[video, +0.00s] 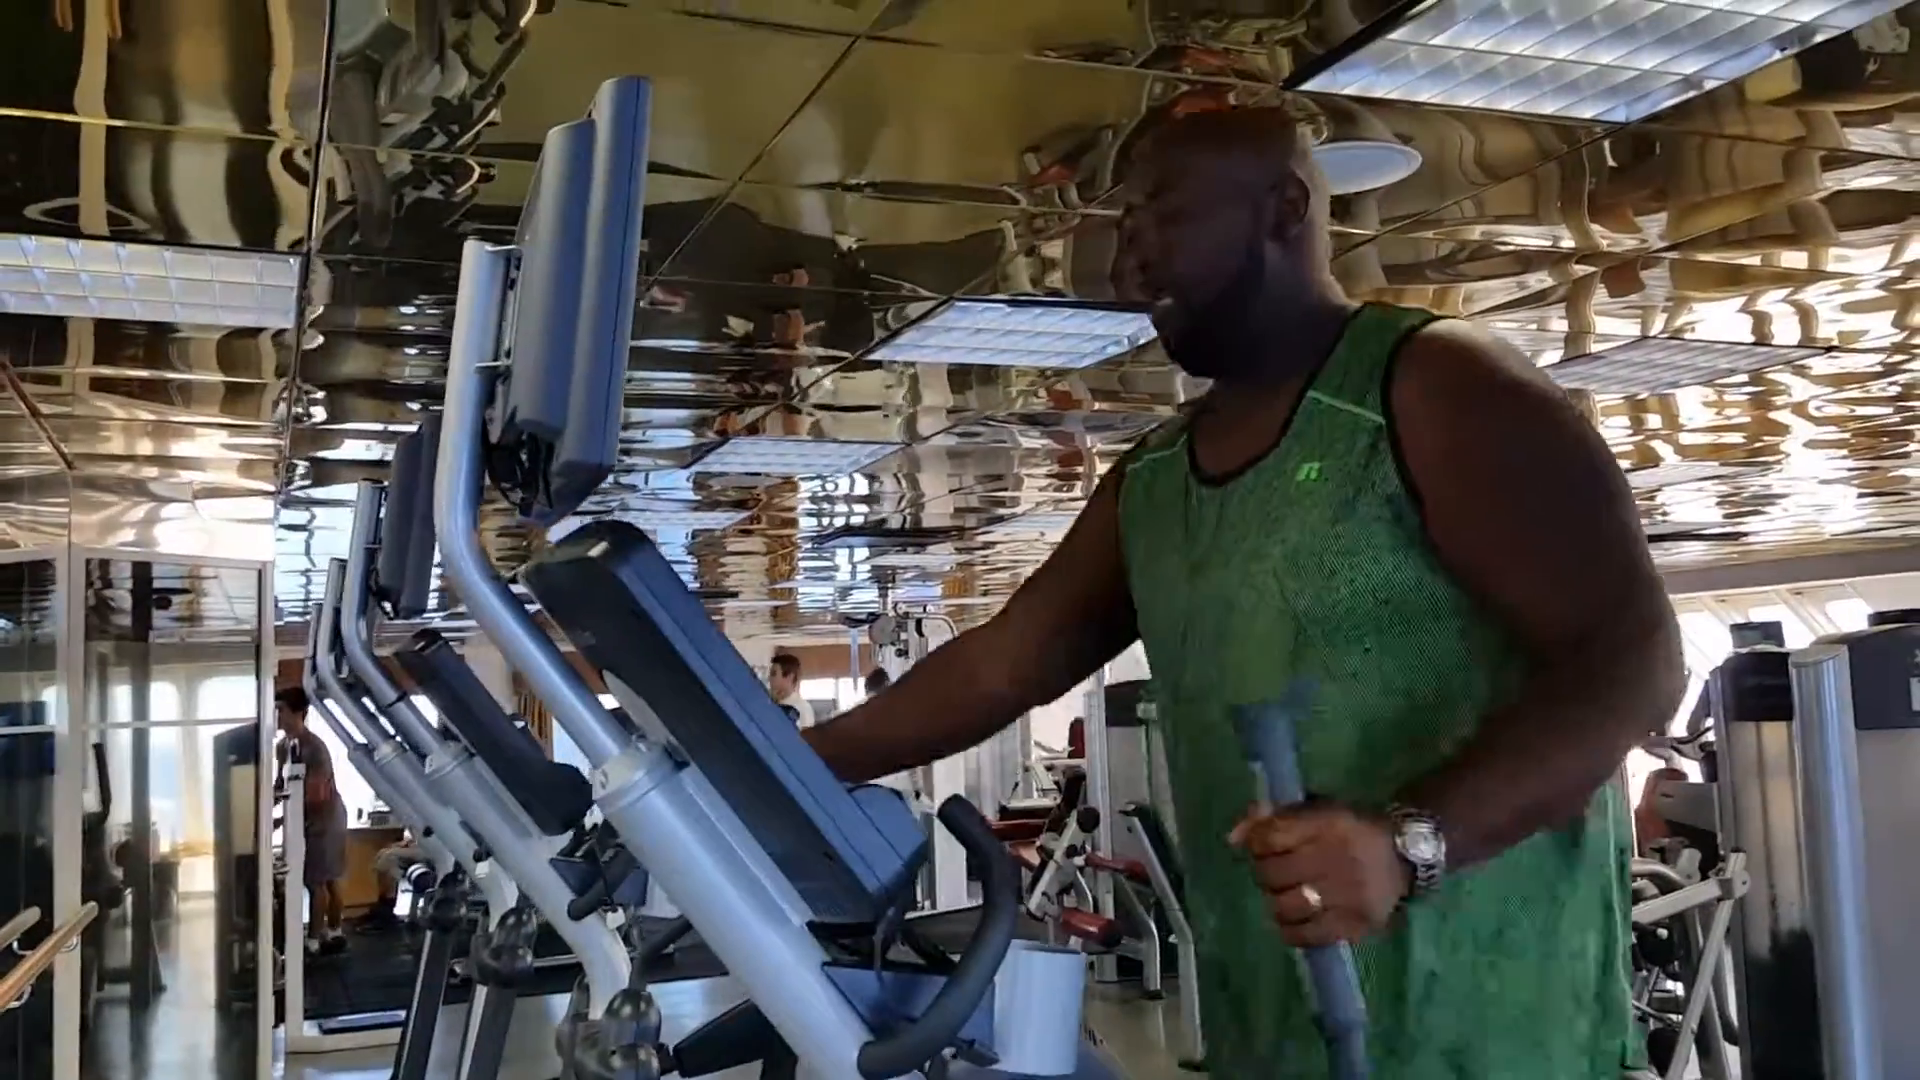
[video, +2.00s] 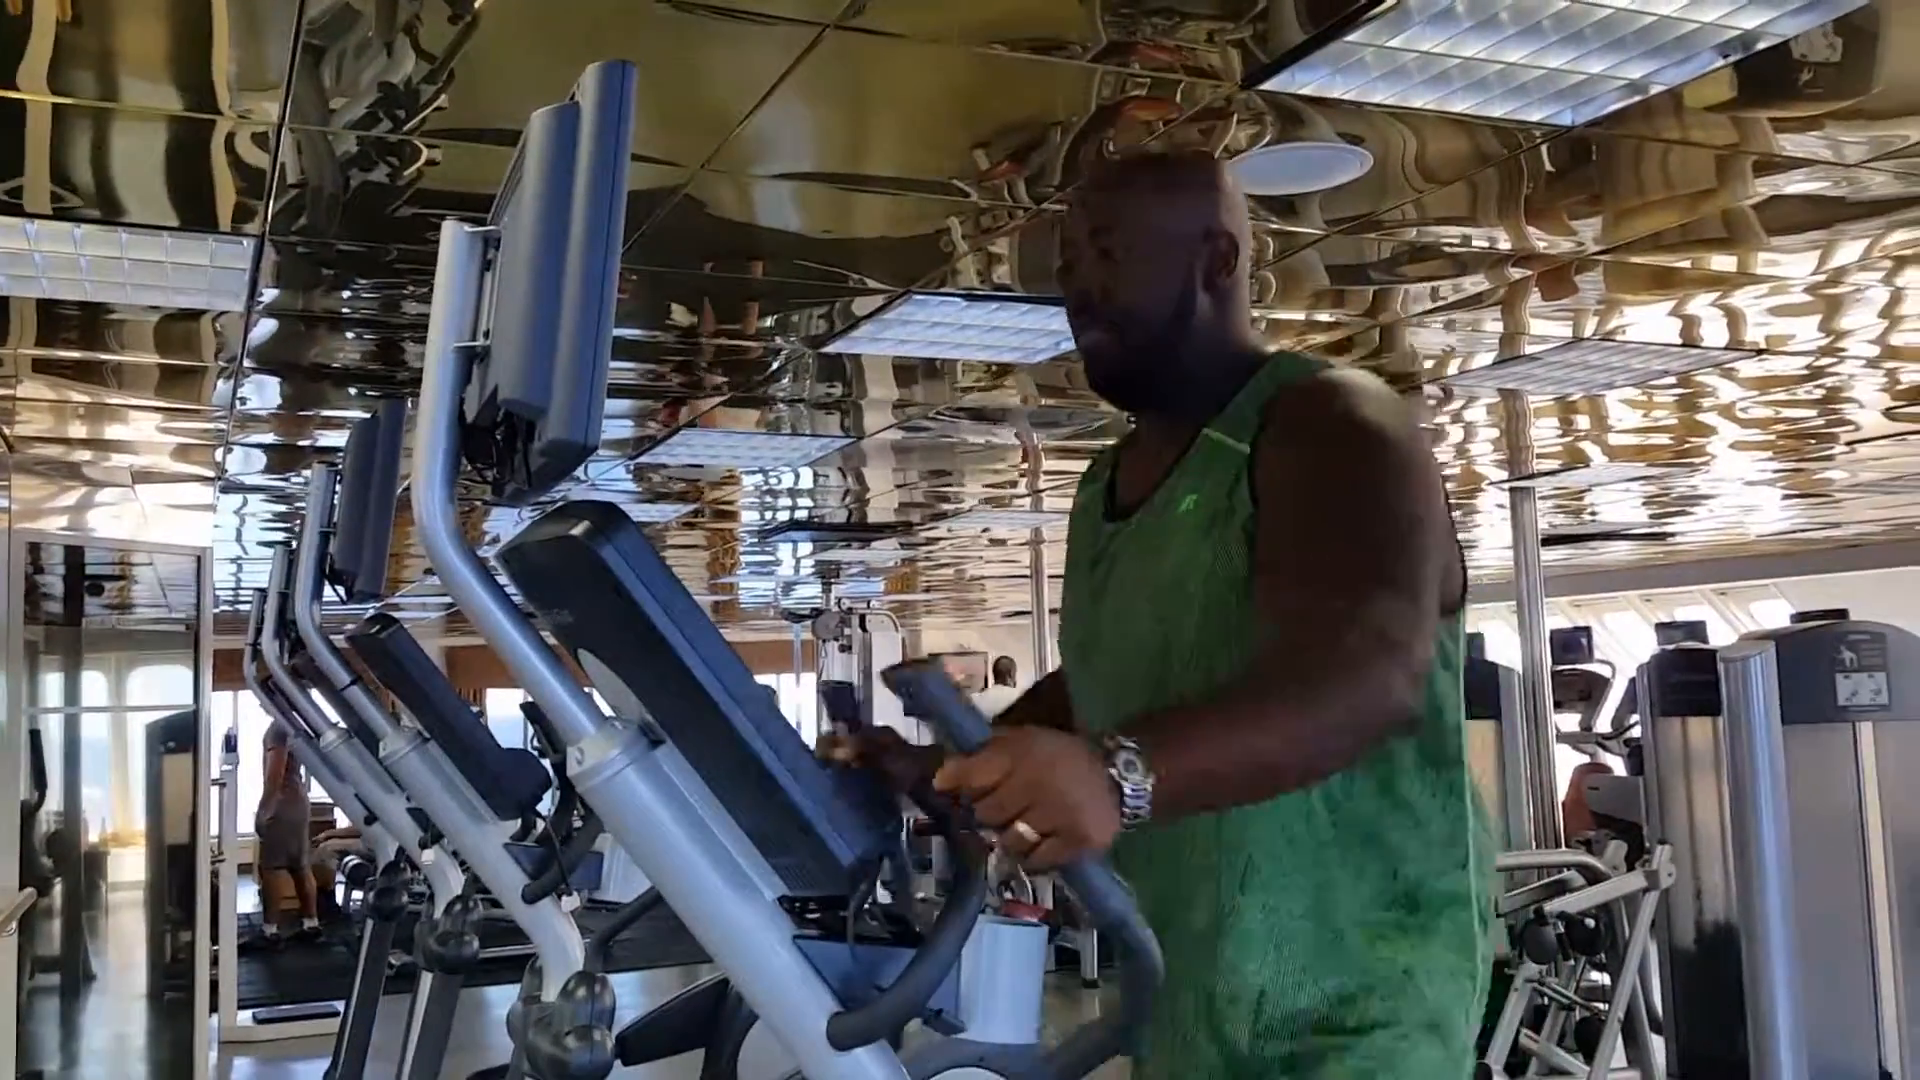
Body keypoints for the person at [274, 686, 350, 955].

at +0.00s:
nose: (277, 716)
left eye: (281, 710)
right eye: (277, 710)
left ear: (297, 713)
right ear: (291, 714)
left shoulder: (313, 746)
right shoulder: (285, 747)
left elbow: (315, 793)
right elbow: (283, 786)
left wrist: (281, 819)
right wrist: (267, 806)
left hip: (325, 816)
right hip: (307, 816)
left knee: (317, 880)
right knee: (329, 879)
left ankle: (315, 937)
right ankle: (335, 932)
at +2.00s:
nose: (261, 701)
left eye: (264, 690)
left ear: (273, 697)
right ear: (288, 698)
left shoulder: (278, 729)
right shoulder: (296, 727)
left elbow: (275, 775)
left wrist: (263, 810)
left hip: (281, 801)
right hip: (299, 801)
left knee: (270, 867)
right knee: (301, 866)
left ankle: (270, 927)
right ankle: (311, 922)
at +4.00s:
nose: (216, 681)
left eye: (219, 672)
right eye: (215, 672)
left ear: (233, 676)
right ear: (244, 677)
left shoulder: (238, 710)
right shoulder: (256, 706)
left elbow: (235, 757)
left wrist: (218, 794)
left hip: (241, 784)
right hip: (257, 782)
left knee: (231, 848)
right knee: (263, 846)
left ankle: (234, 909)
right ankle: (276, 904)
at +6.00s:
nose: (205, 687)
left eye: (205, 681)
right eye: (203, 682)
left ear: (217, 677)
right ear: (226, 678)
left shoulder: (226, 708)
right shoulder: (243, 704)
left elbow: (222, 759)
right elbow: (238, 753)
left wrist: (206, 791)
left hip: (232, 783)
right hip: (248, 781)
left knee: (220, 846)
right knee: (254, 844)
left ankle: (226, 908)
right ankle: (269, 903)